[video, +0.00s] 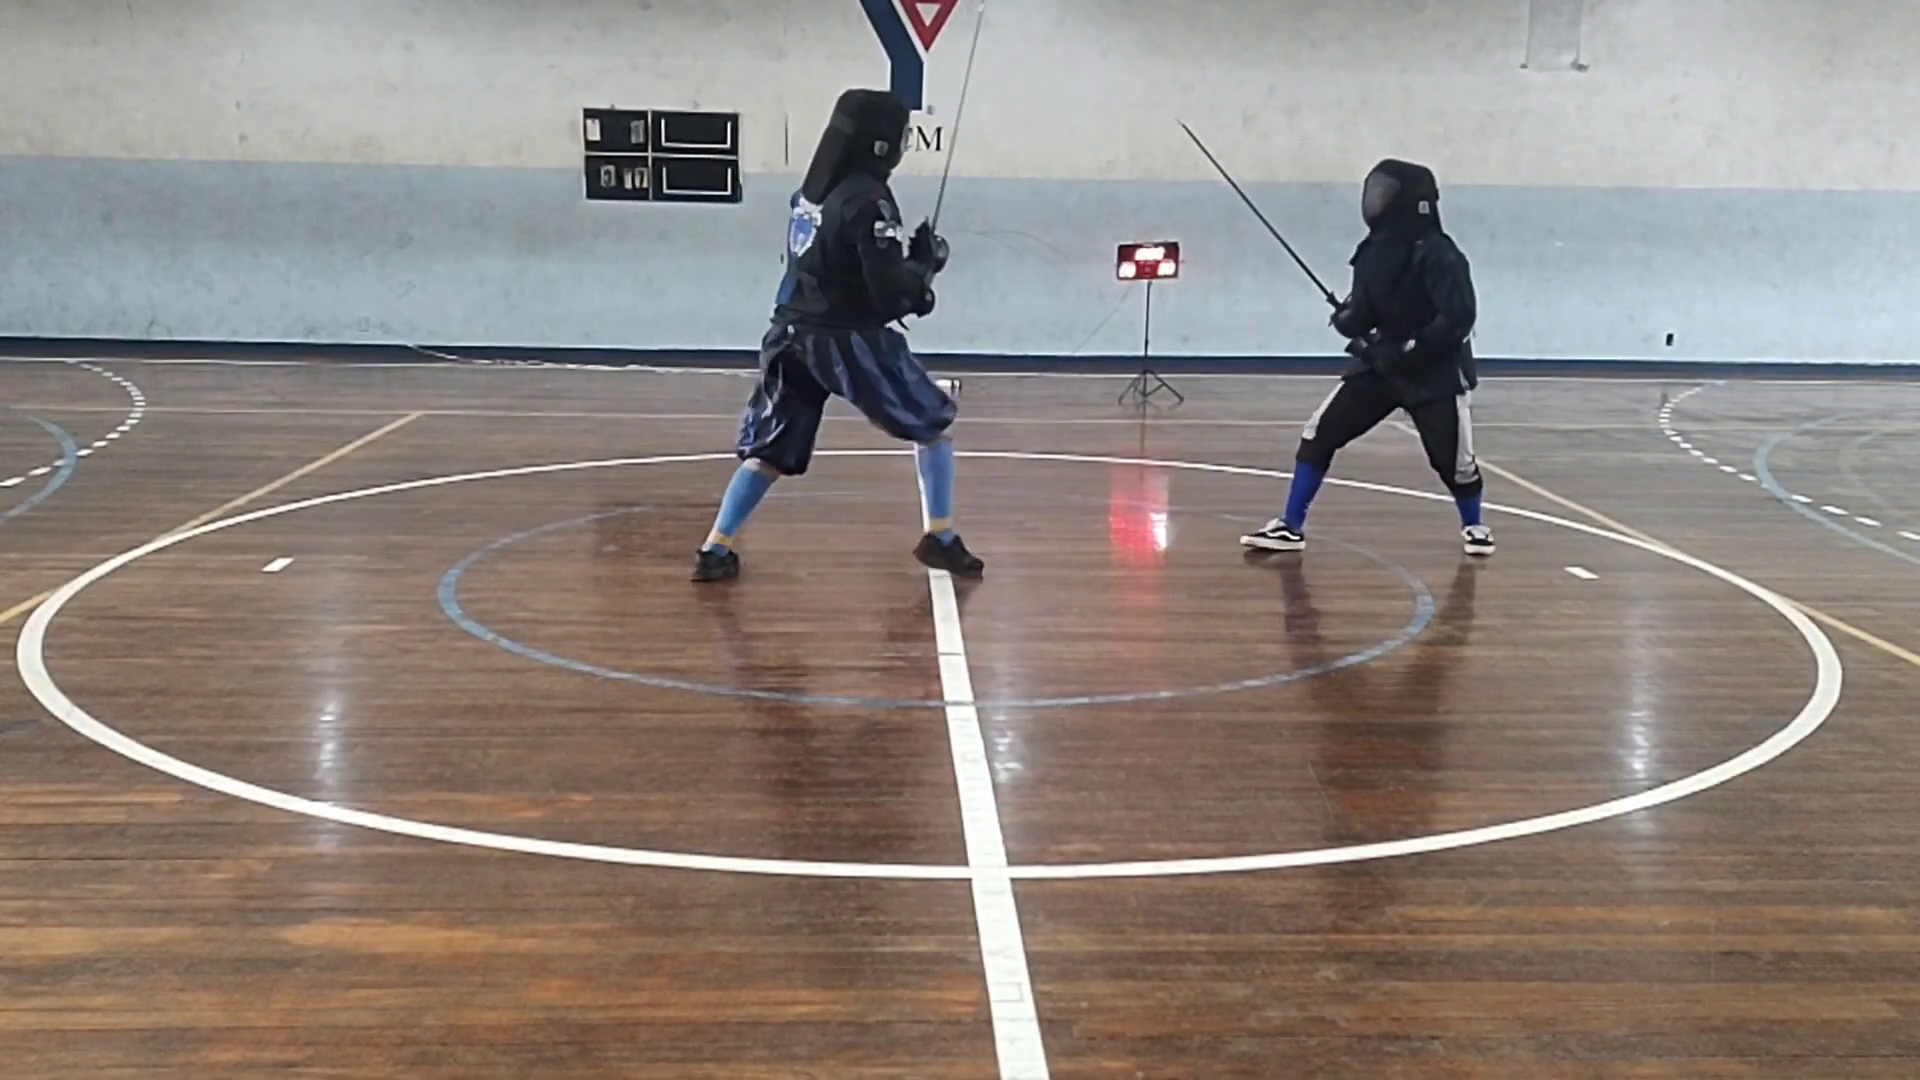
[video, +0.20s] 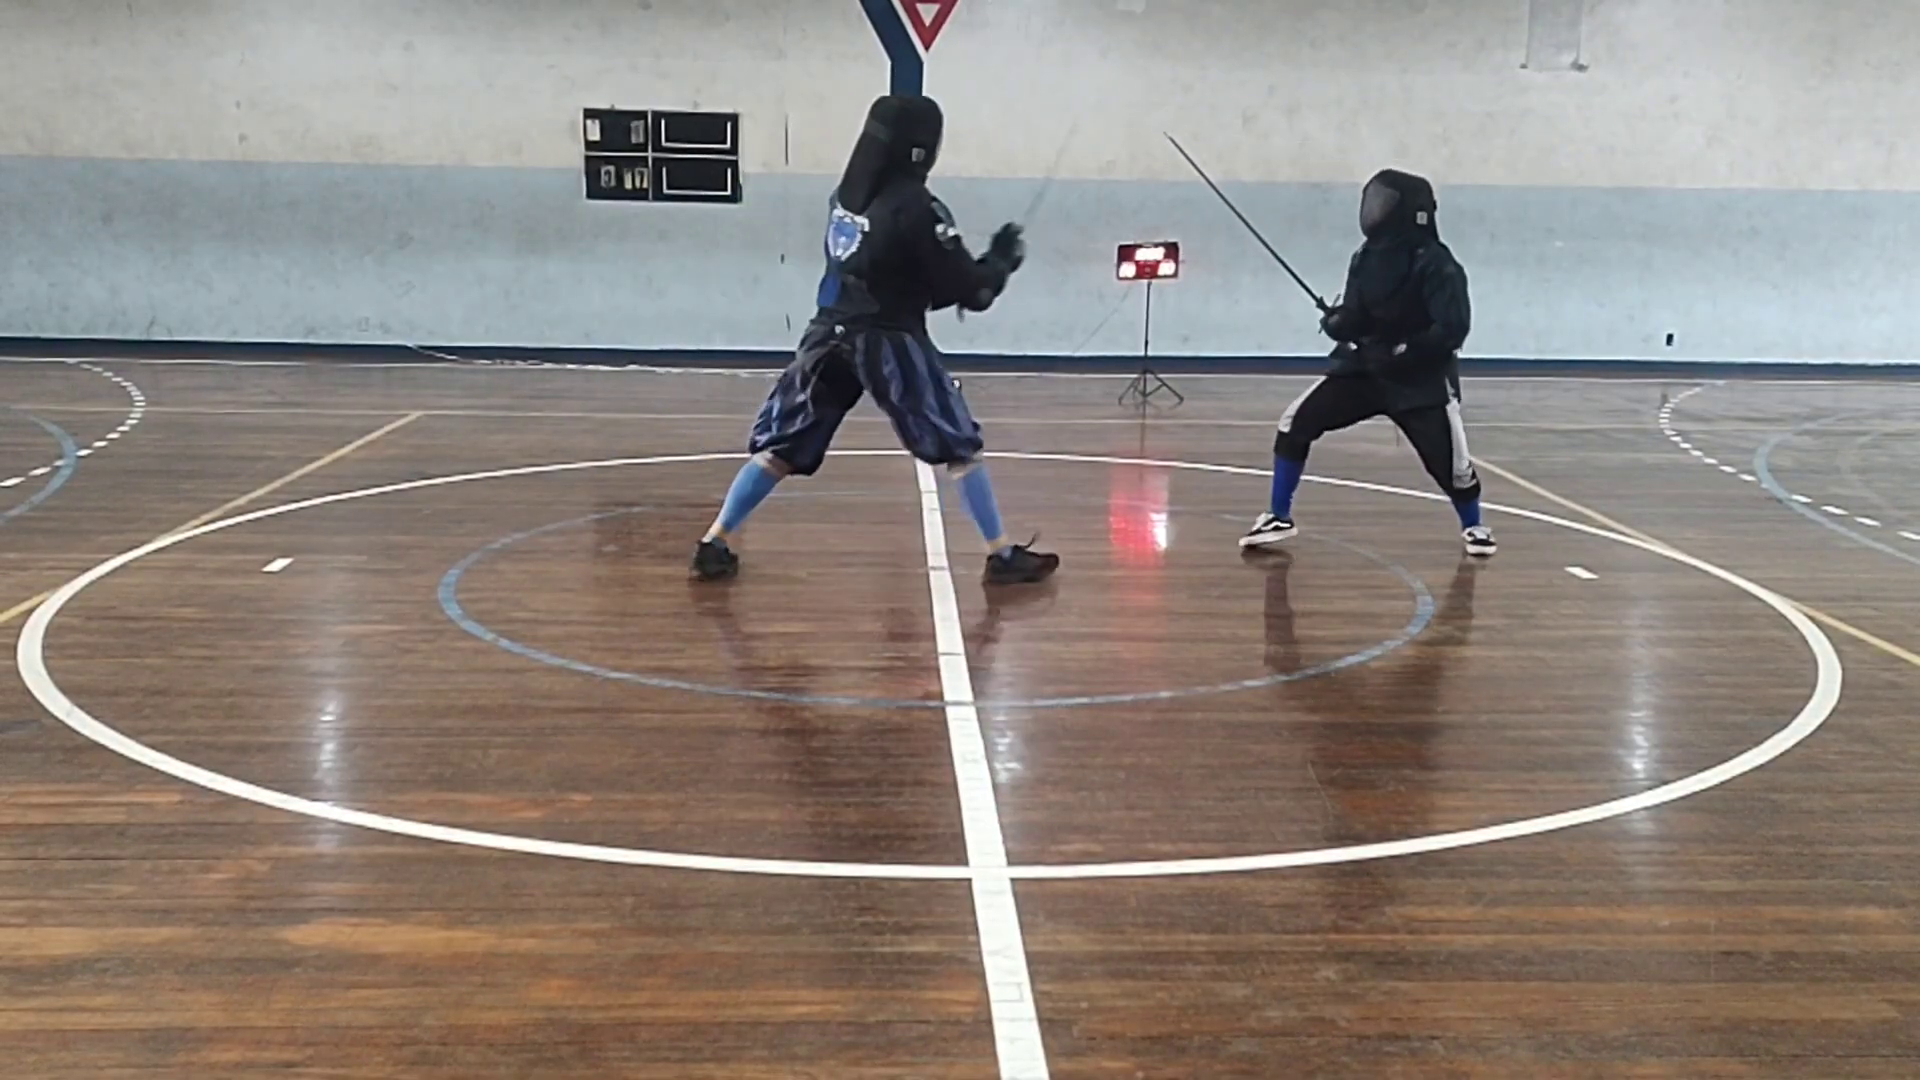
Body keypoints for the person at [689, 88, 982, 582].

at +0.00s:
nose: (901, 148)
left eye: (901, 138)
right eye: (898, 139)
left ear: (846, 136)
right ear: (880, 144)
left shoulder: (812, 187)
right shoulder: (869, 201)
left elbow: (828, 269)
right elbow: (892, 285)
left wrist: (904, 270)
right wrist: (925, 264)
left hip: (792, 333)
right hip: (853, 338)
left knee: (772, 445)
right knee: (932, 423)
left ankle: (716, 547)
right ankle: (940, 535)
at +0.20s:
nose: (933, 154)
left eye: (932, 145)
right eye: (931, 146)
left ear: (875, 141)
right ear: (919, 151)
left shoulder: (847, 194)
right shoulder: (918, 208)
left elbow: (890, 274)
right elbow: (968, 286)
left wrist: (961, 282)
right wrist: (1000, 262)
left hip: (828, 333)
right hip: (893, 341)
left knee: (785, 443)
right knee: (957, 443)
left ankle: (716, 540)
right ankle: (1002, 551)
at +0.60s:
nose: (962, 152)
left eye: (958, 143)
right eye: (959, 143)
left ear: (905, 142)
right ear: (948, 151)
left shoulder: (879, 186)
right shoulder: (948, 206)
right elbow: (1025, 252)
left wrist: (983, 222)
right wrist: (1063, 227)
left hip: (855, 336)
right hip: (920, 343)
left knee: (808, 443)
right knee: (991, 435)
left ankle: (732, 531)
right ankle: (1008, 550)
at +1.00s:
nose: (987, 147)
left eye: (988, 141)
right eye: (984, 139)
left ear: (935, 137)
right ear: (972, 148)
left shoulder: (905, 172)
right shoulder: (974, 199)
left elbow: (967, 173)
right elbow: (1046, 212)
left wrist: (1014, 166)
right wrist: (1096, 196)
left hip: (875, 335)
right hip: (938, 341)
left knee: (828, 437)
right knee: (1005, 435)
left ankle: (757, 533)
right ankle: (1010, 552)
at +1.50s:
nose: (1033, 156)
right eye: (1030, 148)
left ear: (974, 128)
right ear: (1016, 151)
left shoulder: (937, 162)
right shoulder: (1014, 202)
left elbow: (981, 100)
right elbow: (1074, 169)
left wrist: (1045, 94)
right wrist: (1113, 126)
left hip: (910, 328)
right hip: (975, 336)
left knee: (869, 434)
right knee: (1025, 441)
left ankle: (806, 537)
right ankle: (1009, 552)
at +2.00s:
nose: (1041, 155)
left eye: (1042, 145)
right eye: (1038, 146)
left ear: (989, 129)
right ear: (1027, 149)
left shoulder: (946, 160)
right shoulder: (1027, 199)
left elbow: (1000, 122)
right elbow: (1084, 196)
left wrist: (1070, 136)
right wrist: (1114, 145)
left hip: (922, 328)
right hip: (989, 337)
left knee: (874, 434)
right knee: (1032, 441)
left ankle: (820, 546)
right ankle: (1010, 553)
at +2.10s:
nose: (1039, 148)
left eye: (1038, 141)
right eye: (1038, 141)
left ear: (983, 126)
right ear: (1028, 144)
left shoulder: (940, 162)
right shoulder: (1026, 194)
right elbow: (1072, 244)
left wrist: (1032, 184)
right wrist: (1081, 195)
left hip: (919, 330)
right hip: (985, 337)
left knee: (873, 434)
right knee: (1030, 441)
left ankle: (820, 545)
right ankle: (1011, 550)